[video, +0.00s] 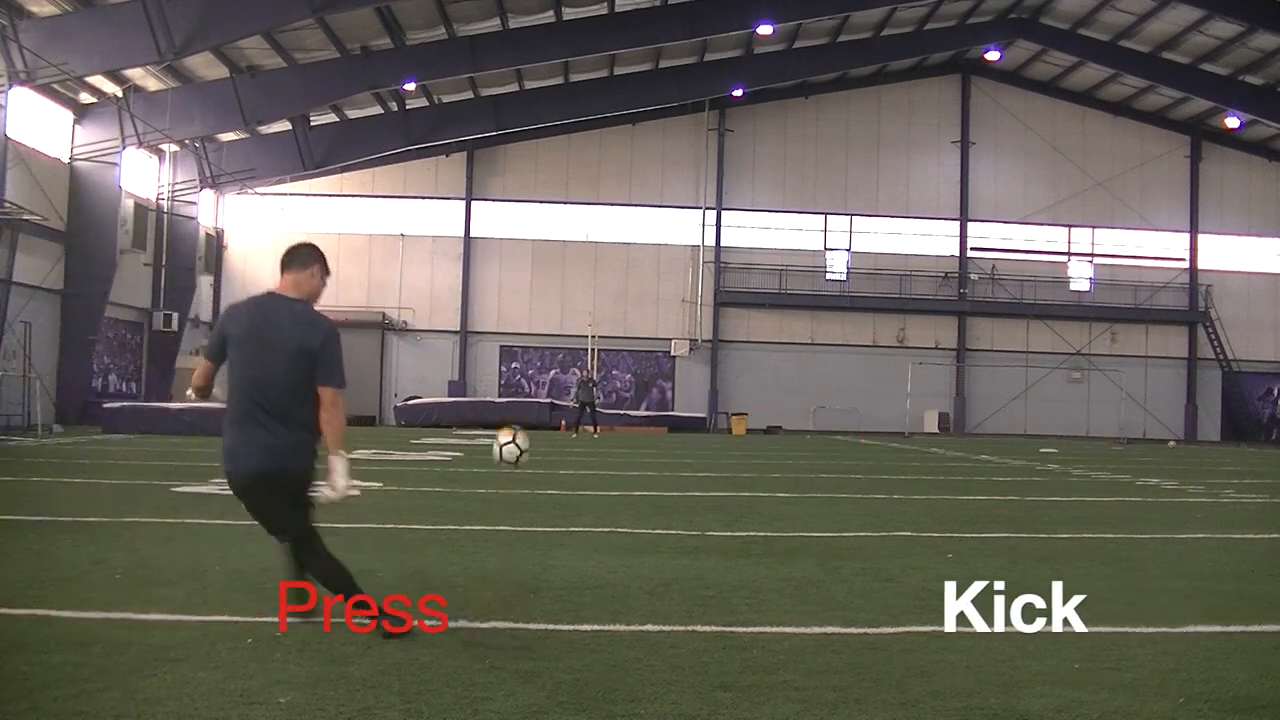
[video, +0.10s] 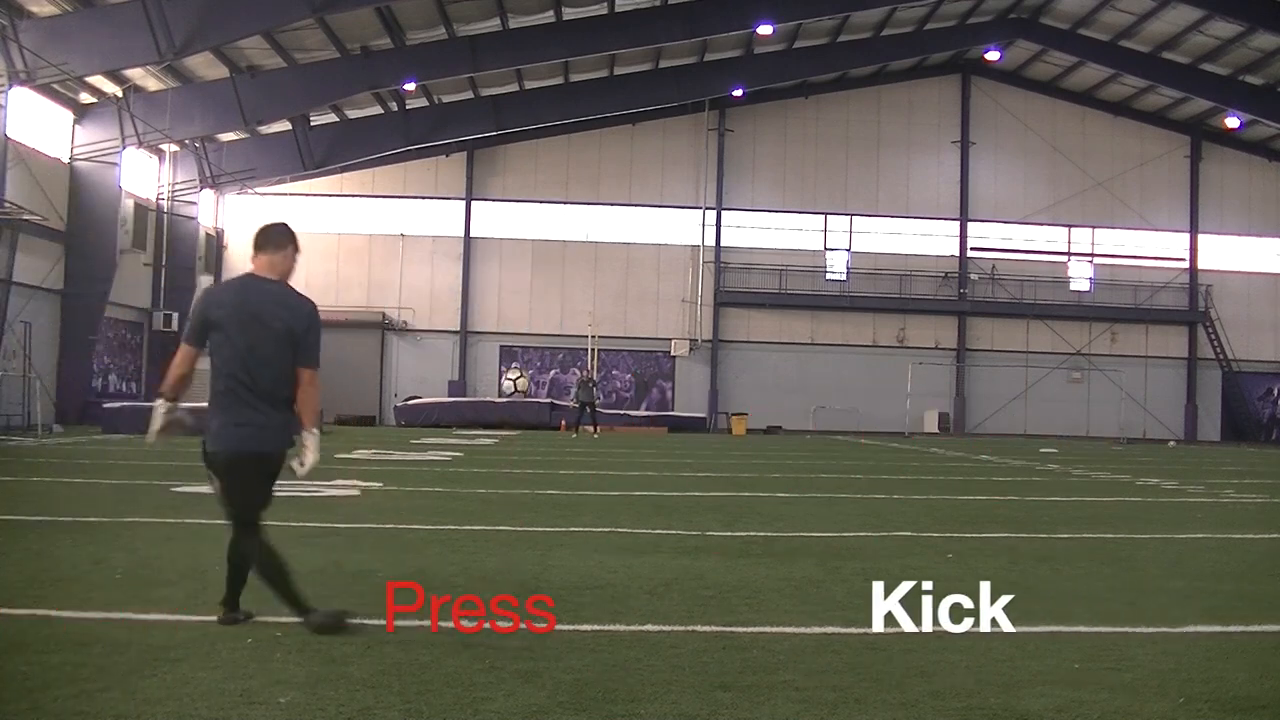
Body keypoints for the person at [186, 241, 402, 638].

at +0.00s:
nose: (322, 291)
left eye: (324, 283)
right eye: (324, 281)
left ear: (283, 271)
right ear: (313, 273)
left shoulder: (236, 314)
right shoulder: (320, 329)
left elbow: (201, 379)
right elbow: (329, 400)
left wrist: (200, 391)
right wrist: (337, 458)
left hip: (241, 458)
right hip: (293, 458)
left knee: (304, 542)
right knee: (293, 533)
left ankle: (369, 610)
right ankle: (298, 603)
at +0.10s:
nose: (295, 263)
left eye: (294, 256)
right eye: (295, 256)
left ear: (255, 253)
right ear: (289, 254)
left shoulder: (214, 297)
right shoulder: (301, 309)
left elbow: (183, 365)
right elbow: (307, 381)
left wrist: (164, 405)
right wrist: (310, 433)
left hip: (224, 436)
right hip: (273, 437)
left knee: (249, 529)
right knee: (245, 523)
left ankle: (306, 612)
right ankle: (231, 606)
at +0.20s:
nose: (241, 246)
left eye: (219, 237)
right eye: (255, 237)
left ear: (218, 237)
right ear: (258, 238)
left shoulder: (197, 287)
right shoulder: (279, 294)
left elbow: (158, 352)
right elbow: (288, 363)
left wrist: (115, 397)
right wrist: (291, 412)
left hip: (211, 427)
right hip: (258, 428)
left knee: (173, 505)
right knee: (241, 516)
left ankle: (223, 593)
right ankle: (232, 598)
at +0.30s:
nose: (211, 229)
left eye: (193, 225)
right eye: (221, 220)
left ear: (188, 225)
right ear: (225, 223)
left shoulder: (173, 277)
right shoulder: (253, 279)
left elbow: (136, 339)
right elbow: (265, 346)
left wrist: (77, 382)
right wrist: (270, 378)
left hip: (186, 417)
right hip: (237, 419)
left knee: (132, 488)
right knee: (231, 514)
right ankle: (231, 605)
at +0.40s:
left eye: (156, 220)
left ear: (157, 220)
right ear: (196, 219)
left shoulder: (149, 273)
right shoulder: (224, 272)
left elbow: (117, 330)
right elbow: (240, 329)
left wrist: (55, 364)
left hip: (153, 413)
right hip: (206, 415)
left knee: (107, 506)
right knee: (216, 513)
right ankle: (230, 604)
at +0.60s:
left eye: (110, 210)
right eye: (143, 205)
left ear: (106, 212)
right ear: (149, 211)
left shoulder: (95, 266)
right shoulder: (180, 270)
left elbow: (75, 330)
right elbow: (174, 329)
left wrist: (29, 387)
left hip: (98, 411)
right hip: (152, 411)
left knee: (73, 514)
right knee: (178, 504)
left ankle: (56, 615)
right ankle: (198, 599)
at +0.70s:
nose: (98, 210)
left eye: (90, 203)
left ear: (89, 205)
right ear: (131, 205)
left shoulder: (75, 264)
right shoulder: (160, 264)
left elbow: (58, 334)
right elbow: (169, 331)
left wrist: (27, 389)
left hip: (82, 408)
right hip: (140, 408)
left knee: (65, 511)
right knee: (163, 495)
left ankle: (54, 615)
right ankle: (146, 603)